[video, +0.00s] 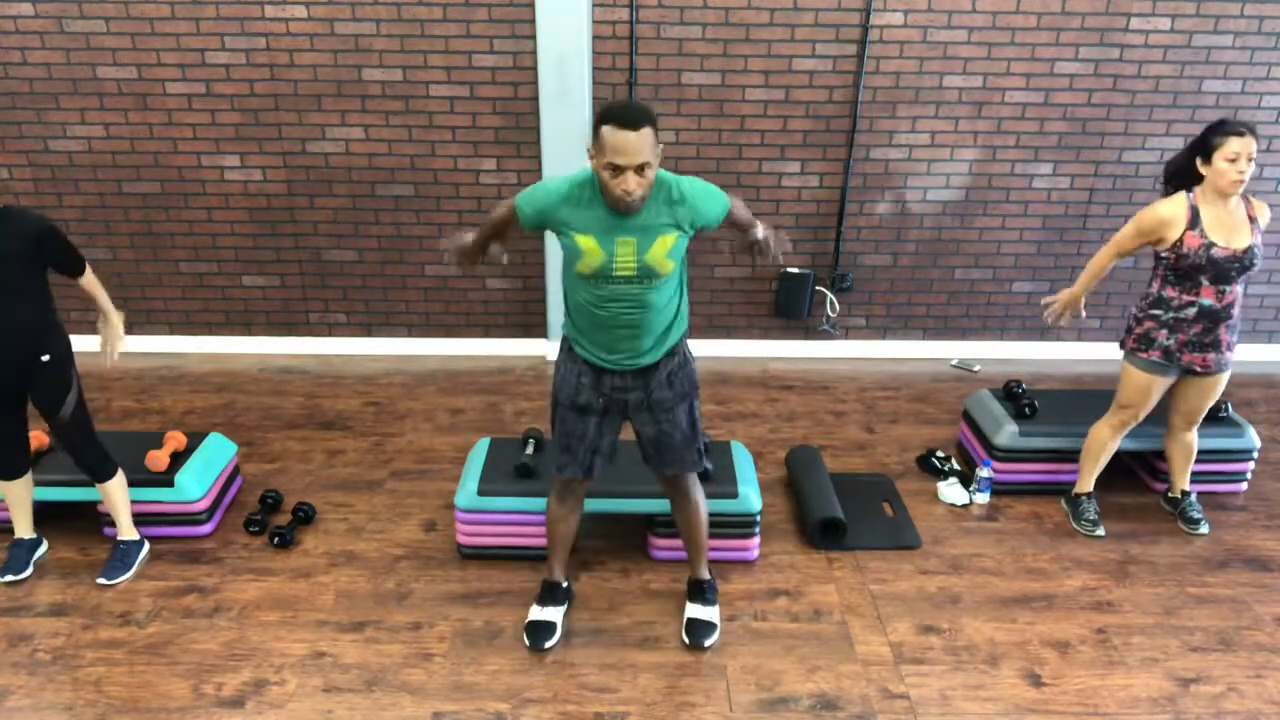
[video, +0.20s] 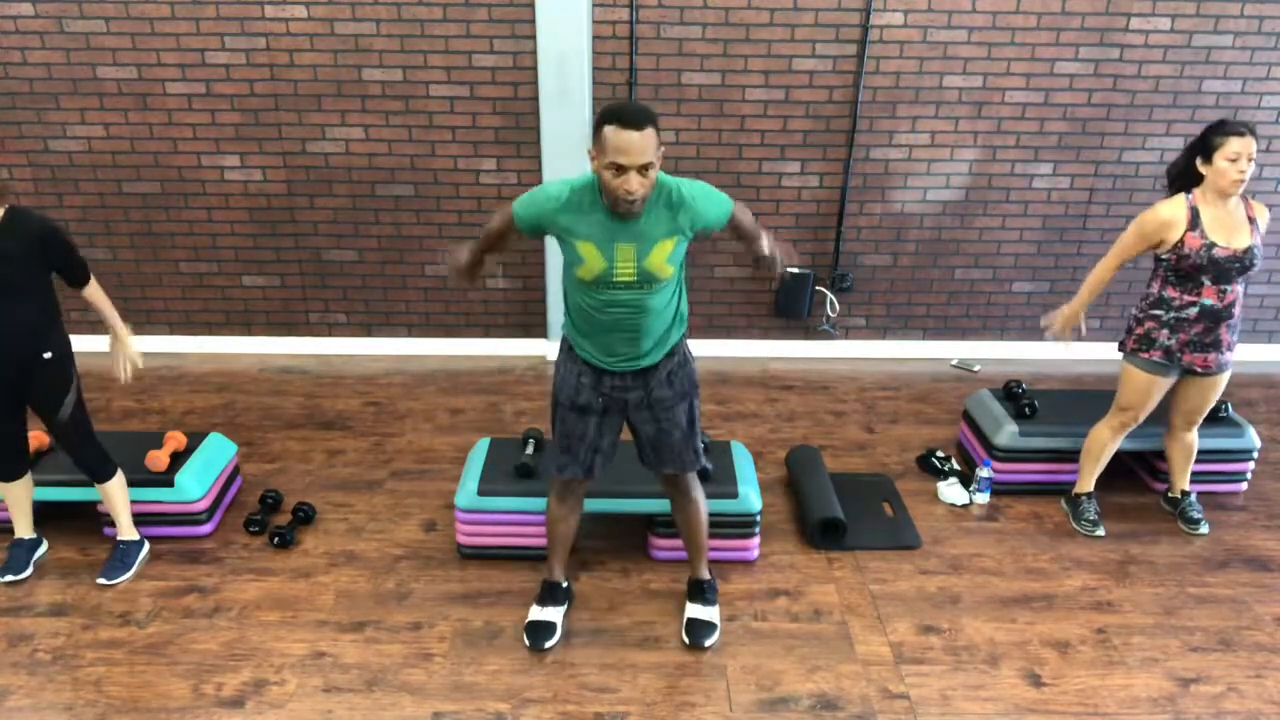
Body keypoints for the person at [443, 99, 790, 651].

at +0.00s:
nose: (629, 183)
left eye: (641, 169)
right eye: (614, 169)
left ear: (659, 156)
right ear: (594, 158)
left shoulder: (687, 197)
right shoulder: (559, 199)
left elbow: (735, 214)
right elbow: (507, 217)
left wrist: (759, 232)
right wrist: (477, 243)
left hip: (662, 367)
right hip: (585, 366)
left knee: (680, 477)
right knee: (568, 479)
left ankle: (701, 584)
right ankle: (555, 585)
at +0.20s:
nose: (632, 184)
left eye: (645, 169)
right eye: (617, 169)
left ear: (660, 161)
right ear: (594, 160)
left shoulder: (686, 202)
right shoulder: (558, 204)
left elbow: (734, 217)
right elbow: (506, 224)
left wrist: (762, 242)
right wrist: (475, 255)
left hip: (662, 369)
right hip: (585, 368)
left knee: (679, 477)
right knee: (568, 481)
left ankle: (701, 582)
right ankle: (554, 585)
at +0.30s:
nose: (631, 184)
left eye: (644, 169)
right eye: (617, 168)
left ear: (659, 161)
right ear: (594, 160)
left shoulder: (686, 209)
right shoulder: (557, 213)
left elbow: (736, 256)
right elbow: (511, 271)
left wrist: (756, 307)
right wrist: (481, 329)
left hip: (663, 370)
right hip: (585, 369)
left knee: (681, 478)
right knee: (568, 480)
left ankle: (702, 582)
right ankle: (554, 585)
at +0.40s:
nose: (630, 196)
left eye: (642, 181)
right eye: (616, 181)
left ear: (658, 172)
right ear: (594, 172)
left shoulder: (691, 227)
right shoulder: (559, 230)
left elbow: (724, 302)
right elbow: (528, 309)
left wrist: (738, 372)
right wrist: (513, 393)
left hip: (664, 367)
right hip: (587, 366)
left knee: (682, 480)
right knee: (566, 483)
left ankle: (702, 583)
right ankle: (553, 585)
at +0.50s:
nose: (629, 238)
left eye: (640, 222)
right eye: (615, 224)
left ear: (656, 209)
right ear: (594, 211)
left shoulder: (685, 255)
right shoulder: (563, 263)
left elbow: (709, 358)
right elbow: (547, 365)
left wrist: (716, 453)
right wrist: (540, 467)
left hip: (665, 372)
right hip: (588, 377)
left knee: (690, 483)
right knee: (561, 483)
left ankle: (702, 583)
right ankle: (554, 586)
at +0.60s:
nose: (628, 306)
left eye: (639, 289)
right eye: (614, 291)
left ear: (655, 274)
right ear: (594, 277)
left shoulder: (684, 308)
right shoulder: (566, 315)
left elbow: (702, 409)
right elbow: (556, 417)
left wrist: (697, 497)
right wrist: (565, 512)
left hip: (662, 399)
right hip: (591, 400)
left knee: (692, 500)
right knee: (558, 501)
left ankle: (703, 586)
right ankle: (555, 587)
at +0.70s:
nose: (626, 364)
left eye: (637, 350)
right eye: (613, 351)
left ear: (652, 334)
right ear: (594, 336)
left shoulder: (681, 355)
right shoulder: (565, 367)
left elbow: (699, 452)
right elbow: (559, 462)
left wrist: (691, 509)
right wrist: (574, 523)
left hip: (661, 426)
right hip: (594, 426)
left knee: (700, 519)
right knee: (552, 517)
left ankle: (703, 588)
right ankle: (554, 591)